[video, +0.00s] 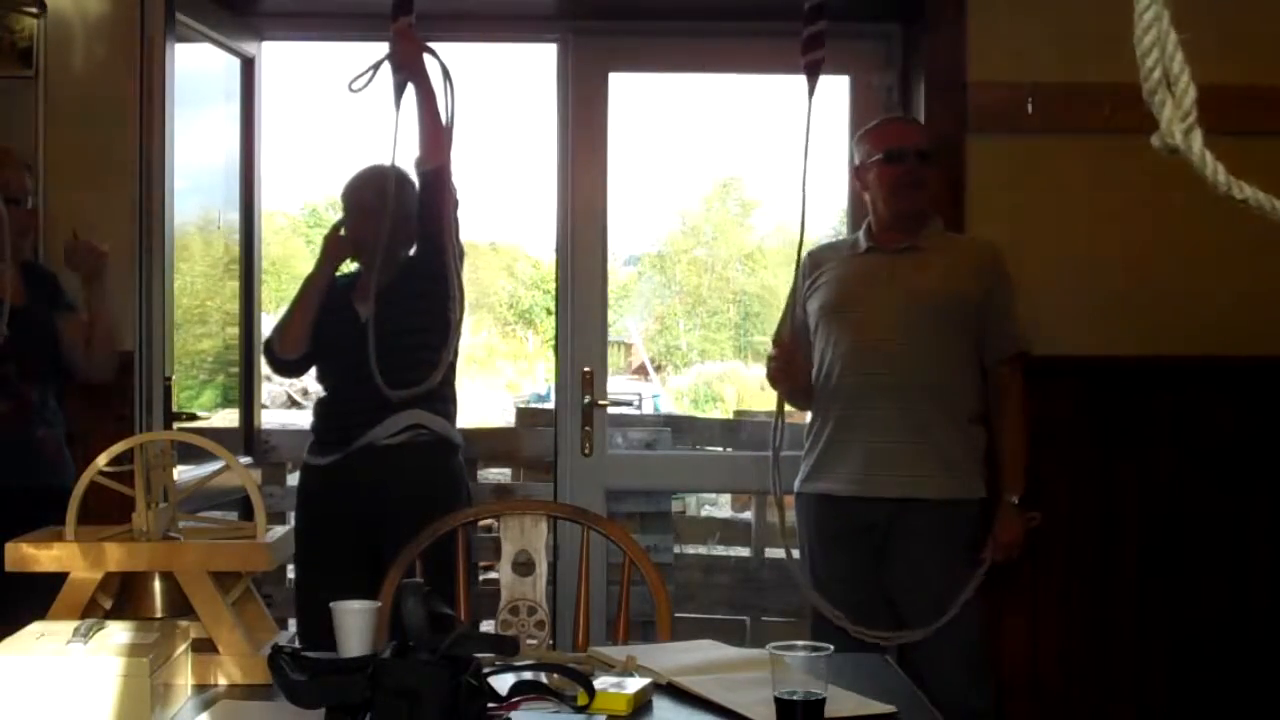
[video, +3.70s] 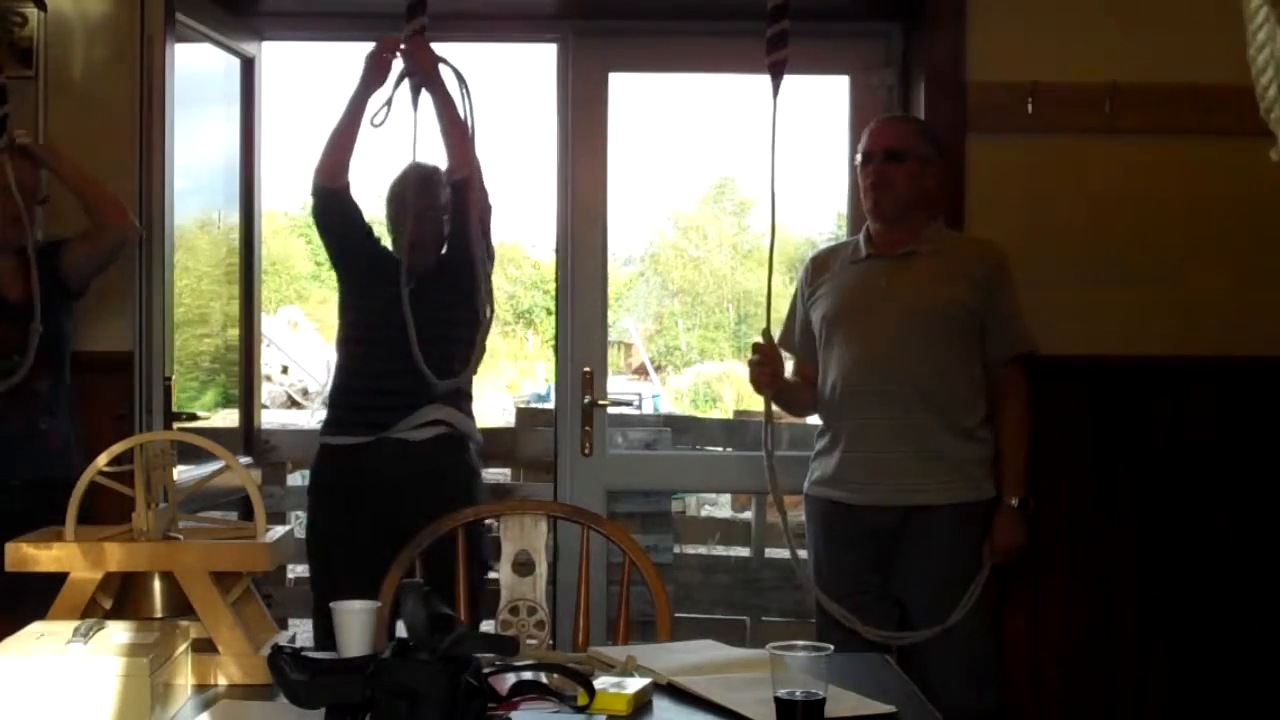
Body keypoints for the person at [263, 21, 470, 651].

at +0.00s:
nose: (359, 221)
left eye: (373, 209)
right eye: (352, 210)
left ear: (407, 217)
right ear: (343, 219)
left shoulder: (432, 278)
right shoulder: (330, 296)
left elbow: (436, 169)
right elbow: (284, 359)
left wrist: (419, 76)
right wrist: (323, 265)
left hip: (417, 462)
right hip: (335, 466)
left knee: (417, 623)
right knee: (327, 636)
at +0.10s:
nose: (359, 223)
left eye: (374, 210)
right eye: (352, 210)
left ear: (406, 218)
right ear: (342, 219)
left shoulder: (432, 278)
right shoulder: (330, 296)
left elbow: (436, 168)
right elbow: (285, 359)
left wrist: (417, 75)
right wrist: (326, 262)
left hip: (418, 462)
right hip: (335, 466)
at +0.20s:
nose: (360, 223)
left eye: (374, 211)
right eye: (352, 212)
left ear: (406, 219)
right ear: (342, 220)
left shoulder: (432, 278)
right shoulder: (332, 296)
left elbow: (435, 170)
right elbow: (288, 360)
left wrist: (415, 76)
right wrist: (328, 263)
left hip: (419, 455)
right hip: (338, 460)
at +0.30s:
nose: (369, 223)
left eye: (384, 211)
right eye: (358, 212)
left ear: (410, 220)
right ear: (346, 221)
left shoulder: (434, 276)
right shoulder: (335, 297)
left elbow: (434, 168)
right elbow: (289, 362)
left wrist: (414, 76)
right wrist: (331, 265)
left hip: (421, 468)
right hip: (337, 472)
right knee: (328, 649)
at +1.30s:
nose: (374, 215)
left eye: (390, 205)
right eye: (370, 207)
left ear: (423, 222)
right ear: (365, 224)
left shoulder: (444, 285)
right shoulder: (342, 289)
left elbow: (444, 173)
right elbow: (264, 285)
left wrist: (425, 78)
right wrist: (302, 204)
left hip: (422, 475)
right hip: (339, 476)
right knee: (331, 645)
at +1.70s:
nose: (399, 197)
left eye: (412, 192)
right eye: (387, 192)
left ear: (429, 215)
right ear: (372, 218)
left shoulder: (444, 277)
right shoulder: (344, 278)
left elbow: (446, 171)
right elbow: (291, 208)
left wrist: (423, 81)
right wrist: (325, 116)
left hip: (420, 466)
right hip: (335, 464)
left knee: (425, 630)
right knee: (332, 641)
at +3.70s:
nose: (428, 205)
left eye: (439, 196)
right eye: (415, 196)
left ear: (453, 213)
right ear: (393, 215)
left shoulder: (466, 279)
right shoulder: (365, 271)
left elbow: (466, 173)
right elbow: (328, 185)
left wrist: (432, 80)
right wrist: (366, 90)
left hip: (437, 465)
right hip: (350, 464)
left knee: (447, 636)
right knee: (349, 643)